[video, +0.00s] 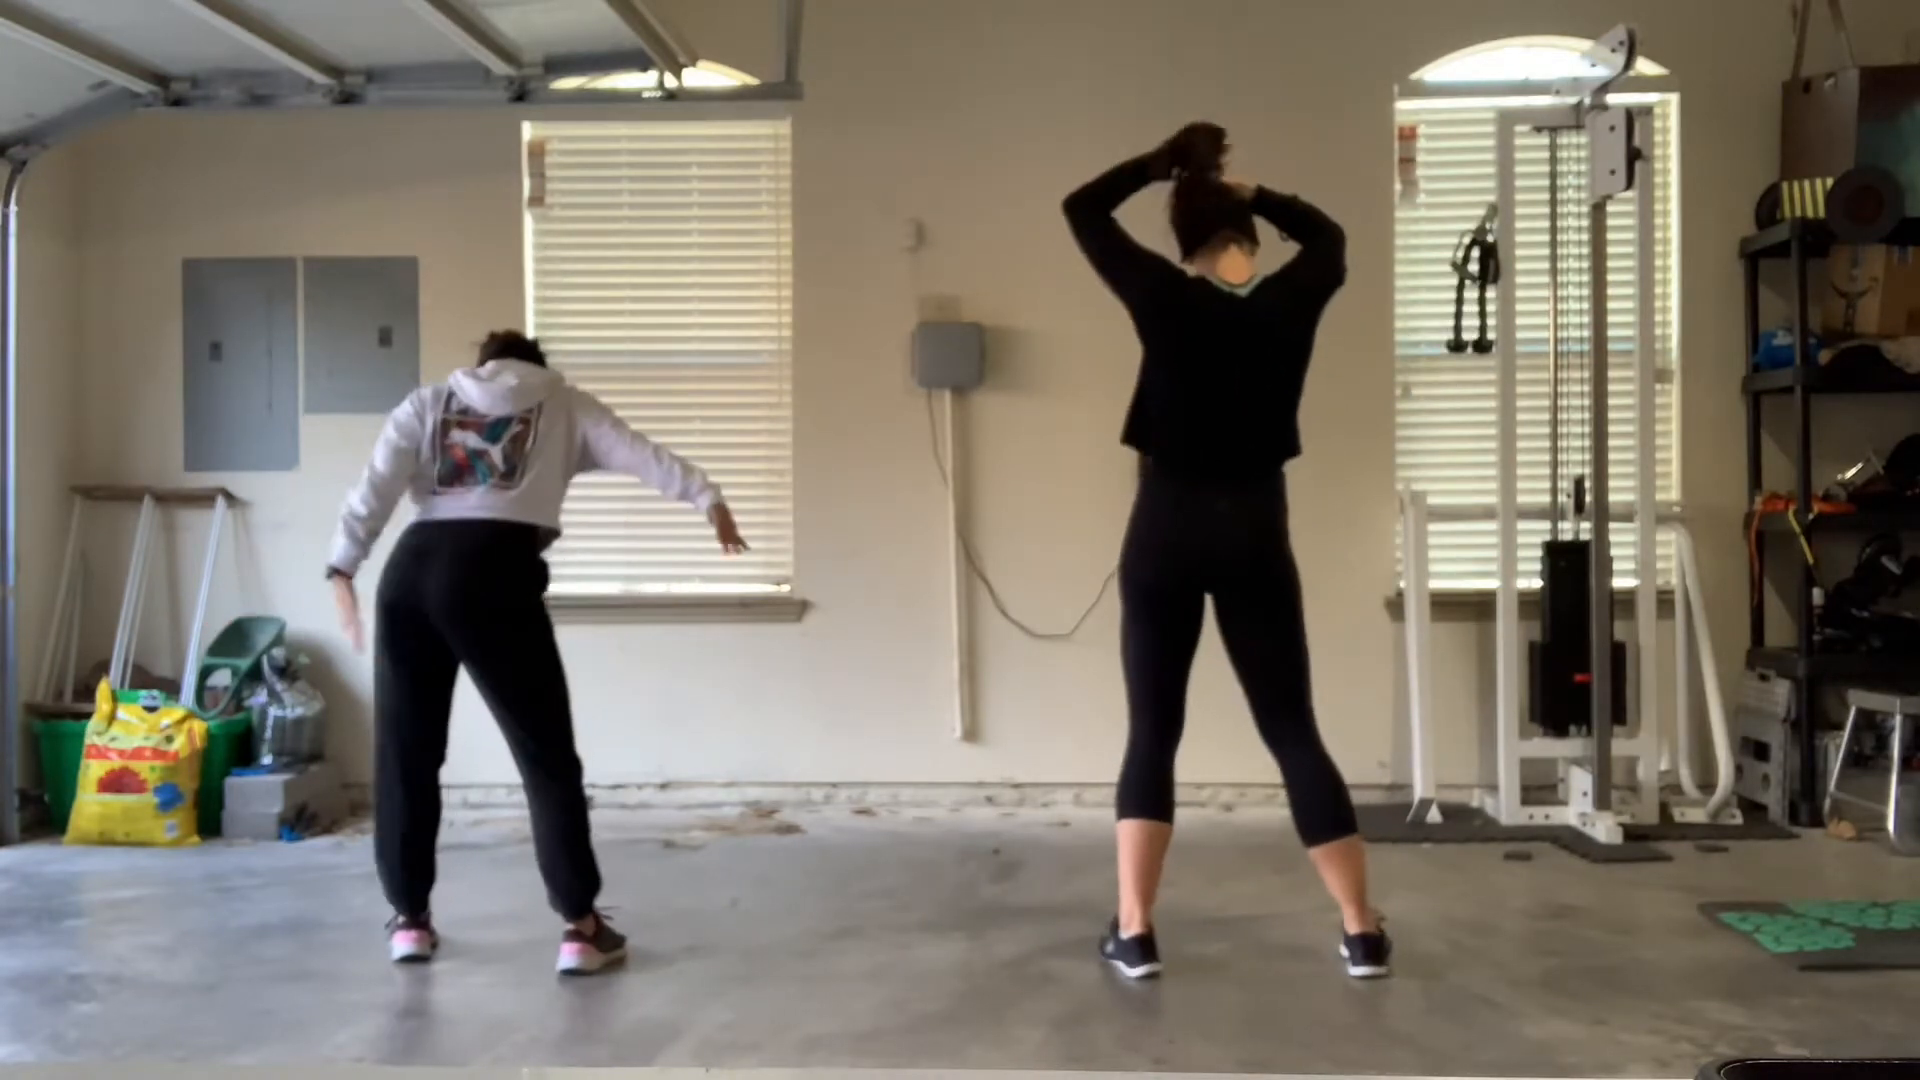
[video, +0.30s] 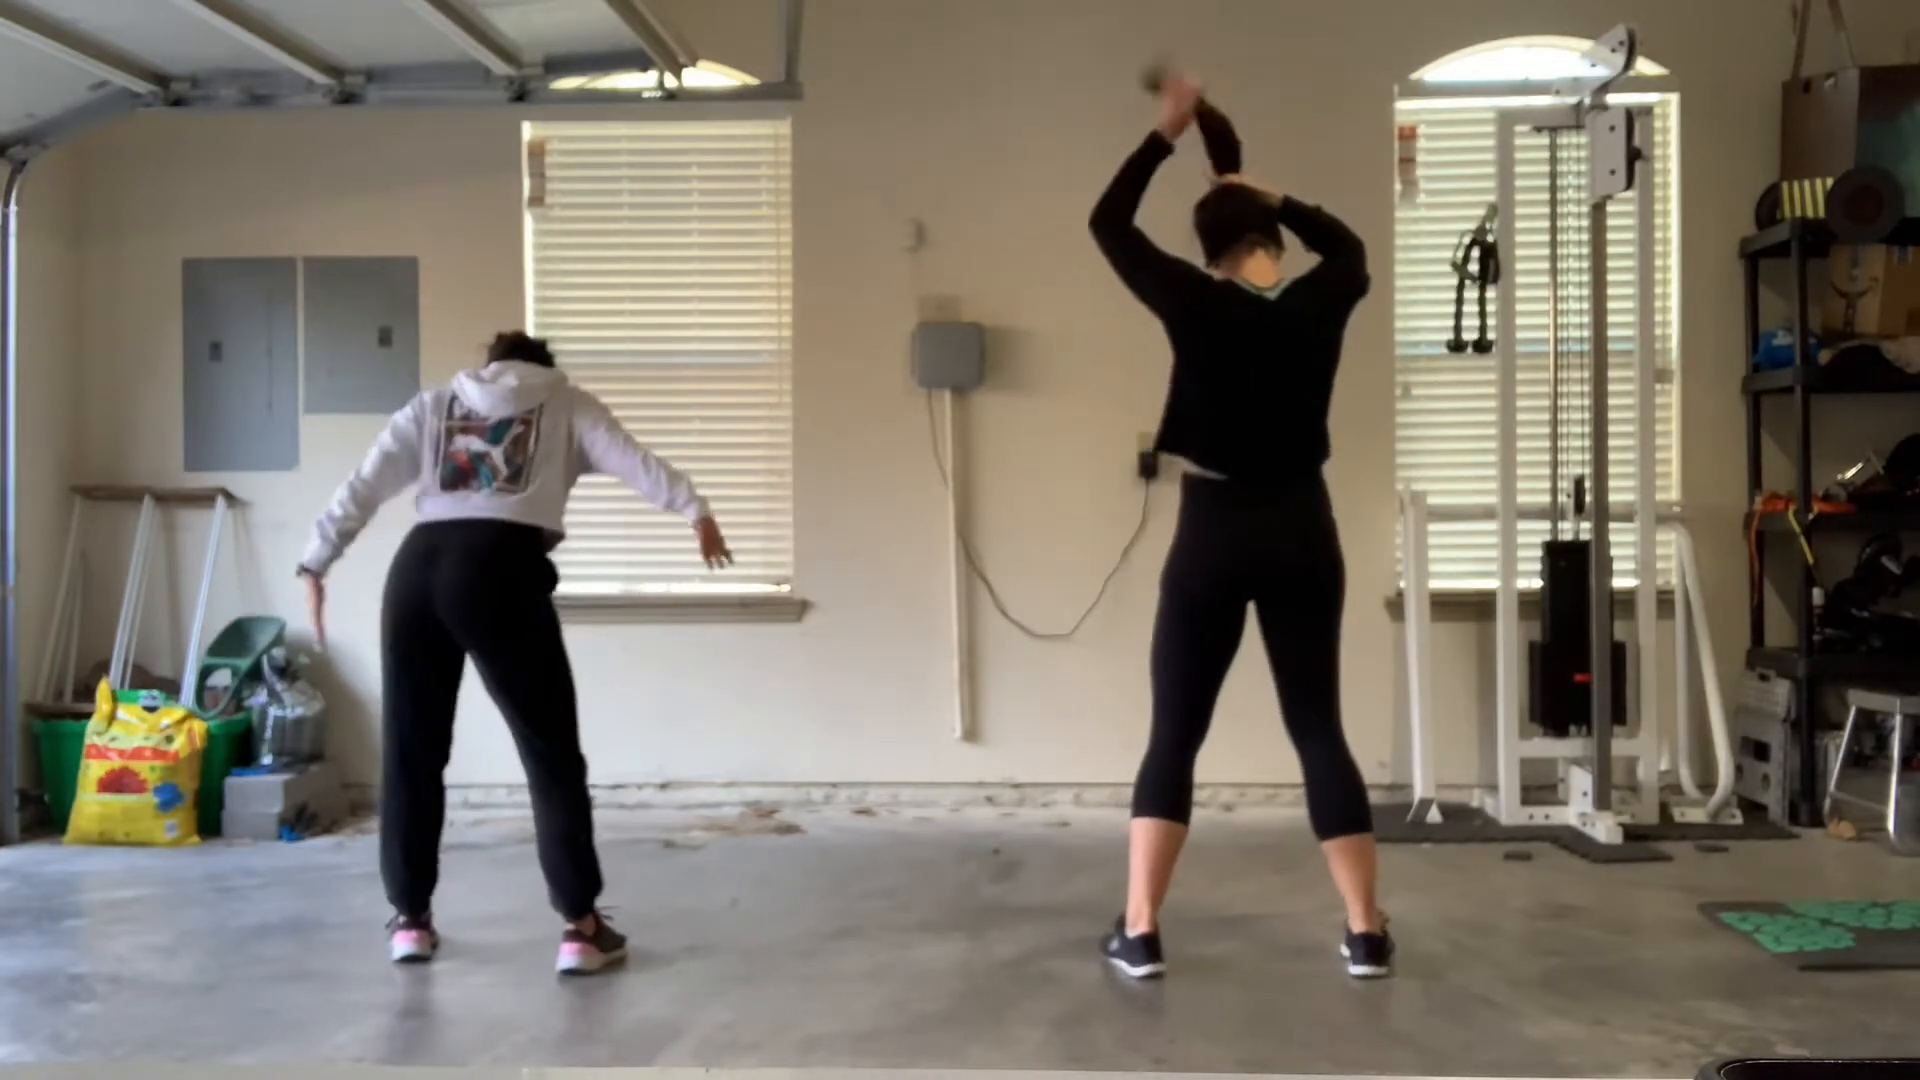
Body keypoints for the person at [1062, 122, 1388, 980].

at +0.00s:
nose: (1249, 260)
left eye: (1242, 246)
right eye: (1249, 244)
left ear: (1180, 245)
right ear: (1248, 241)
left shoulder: (1160, 298)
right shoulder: (1287, 307)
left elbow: (1083, 209)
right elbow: (1327, 239)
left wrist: (1156, 160)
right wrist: (1258, 196)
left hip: (1162, 536)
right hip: (1255, 540)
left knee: (1151, 732)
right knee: (1294, 731)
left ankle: (1134, 932)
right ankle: (1361, 927)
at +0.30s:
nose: (1275, 256)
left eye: (1258, 243)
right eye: (1273, 244)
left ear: (1205, 252)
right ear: (1274, 247)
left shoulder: (1190, 305)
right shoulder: (1317, 307)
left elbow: (1110, 221)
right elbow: (1350, 254)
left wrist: (1161, 135)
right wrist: (1284, 206)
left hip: (1211, 534)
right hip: (1304, 533)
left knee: (1175, 734)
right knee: (1319, 730)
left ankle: (1140, 932)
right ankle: (1364, 930)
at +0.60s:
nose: (1274, 252)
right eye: (1272, 239)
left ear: (1200, 240)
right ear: (1273, 243)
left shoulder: (1185, 295)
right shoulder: (1311, 304)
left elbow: (1123, 197)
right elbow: (1344, 244)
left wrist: (1202, 151)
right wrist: (1282, 195)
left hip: (1218, 526)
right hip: (1310, 523)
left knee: (1170, 728)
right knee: (1323, 726)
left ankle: (1134, 926)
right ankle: (1366, 930)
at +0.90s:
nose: (1256, 253)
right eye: (1249, 242)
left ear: (1179, 245)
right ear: (1248, 244)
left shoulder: (1163, 297)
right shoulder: (1291, 303)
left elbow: (1101, 201)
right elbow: (1324, 243)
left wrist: (1180, 169)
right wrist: (1252, 204)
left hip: (1181, 527)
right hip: (1270, 528)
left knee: (1157, 733)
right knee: (1306, 729)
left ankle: (1134, 931)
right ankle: (1364, 927)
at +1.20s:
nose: (1250, 239)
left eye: (1204, 230)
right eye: (1240, 234)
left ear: (1183, 250)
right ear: (1250, 245)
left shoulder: (1179, 301)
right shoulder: (1302, 297)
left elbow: (1106, 204)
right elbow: (1317, 210)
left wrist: (1185, 168)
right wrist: (1243, 189)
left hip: (1192, 516)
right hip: (1279, 517)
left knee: (1167, 730)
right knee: (1308, 728)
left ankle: (1135, 931)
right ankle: (1364, 929)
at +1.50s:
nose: (1221, 275)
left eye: (1220, 262)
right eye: (1232, 259)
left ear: (1223, 257)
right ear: (1291, 245)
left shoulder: (1223, 309)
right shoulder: (1347, 304)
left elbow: (1106, 280)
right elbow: (1349, 255)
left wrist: (1169, 209)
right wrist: (1278, 214)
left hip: (1246, 540)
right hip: (1338, 542)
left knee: (1195, 736)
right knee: (1335, 730)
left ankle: (1141, 928)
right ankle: (1366, 930)